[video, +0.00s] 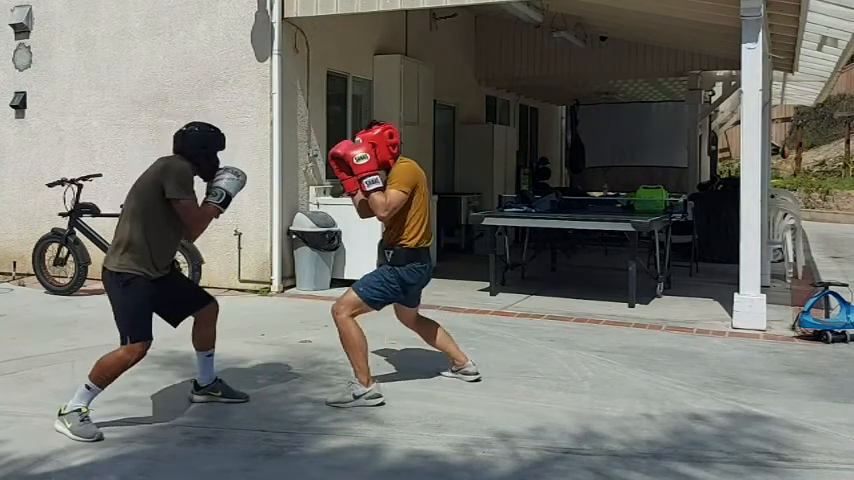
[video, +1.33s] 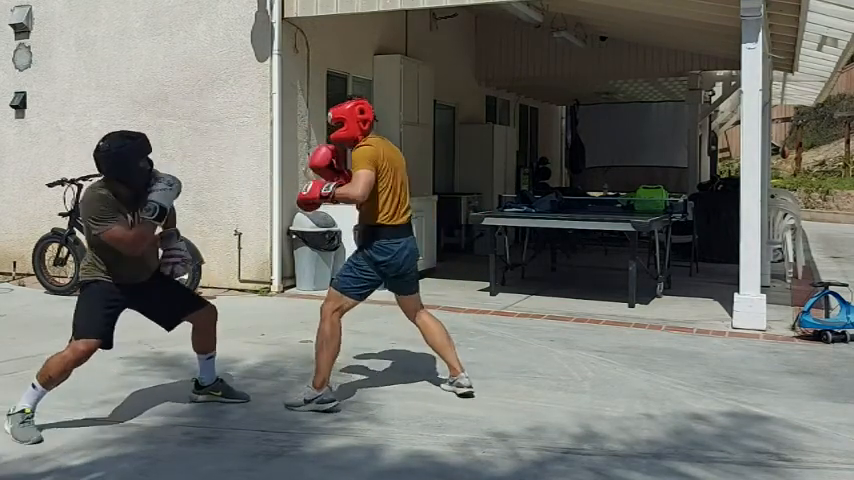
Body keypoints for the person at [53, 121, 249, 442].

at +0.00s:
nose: (218, 159)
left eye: (218, 152)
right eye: (215, 152)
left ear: (187, 148)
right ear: (200, 152)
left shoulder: (176, 174)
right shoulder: (174, 168)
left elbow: (188, 231)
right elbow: (195, 225)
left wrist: (215, 200)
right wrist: (219, 195)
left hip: (157, 270)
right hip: (127, 271)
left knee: (207, 309)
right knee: (136, 345)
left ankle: (206, 383)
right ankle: (73, 410)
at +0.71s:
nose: (210, 140)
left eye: (210, 133)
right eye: (207, 133)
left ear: (176, 132)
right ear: (193, 134)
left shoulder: (172, 163)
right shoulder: (163, 159)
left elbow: (179, 212)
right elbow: (186, 213)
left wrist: (208, 183)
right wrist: (209, 180)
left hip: (159, 262)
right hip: (130, 262)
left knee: (209, 307)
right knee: (132, 339)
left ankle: (206, 381)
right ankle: (73, 409)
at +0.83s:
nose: (219, 137)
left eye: (219, 131)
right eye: (216, 130)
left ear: (192, 132)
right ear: (202, 132)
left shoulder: (201, 157)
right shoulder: (173, 153)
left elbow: (244, 154)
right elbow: (200, 203)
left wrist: (292, 143)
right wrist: (224, 170)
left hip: (161, 256)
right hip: (127, 255)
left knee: (204, 308)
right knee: (121, 331)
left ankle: (207, 383)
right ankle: (70, 406)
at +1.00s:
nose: (218, 139)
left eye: (217, 133)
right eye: (213, 133)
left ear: (189, 135)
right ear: (199, 136)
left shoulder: (201, 163)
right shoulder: (168, 160)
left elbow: (231, 188)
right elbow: (194, 211)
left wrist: (257, 176)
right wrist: (221, 178)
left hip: (165, 257)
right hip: (129, 255)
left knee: (211, 308)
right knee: (107, 330)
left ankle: (208, 381)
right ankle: (44, 399)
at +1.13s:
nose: (193, 148)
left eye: (192, 142)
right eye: (188, 143)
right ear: (174, 148)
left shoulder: (183, 175)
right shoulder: (142, 177)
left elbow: (203, 215)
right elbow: (179, 224)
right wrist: (198, 187)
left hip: (163, 269)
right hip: (123, 270)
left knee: (215, 310)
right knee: (91, 343)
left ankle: (207, 381)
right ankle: (25, 406)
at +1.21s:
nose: (176, 157)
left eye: (175, 150)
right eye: (170, 152)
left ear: (154, 158)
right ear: (151, 158)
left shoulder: (170, 184)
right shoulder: (126, 187)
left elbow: (184, 228)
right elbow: (166, 232)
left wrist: (200, 248)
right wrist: (186, 193)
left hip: (158, 274)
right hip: (116, 276)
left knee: (213, 313)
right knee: (91, 346)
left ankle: (207, 382)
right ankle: (25, 409)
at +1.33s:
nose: (151, 165)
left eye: (149, 158)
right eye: (144, 161)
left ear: (131, 167)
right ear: (124, 171)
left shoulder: (147, 187)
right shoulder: (95, 200)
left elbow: (167, 226)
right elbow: (135, 245)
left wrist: (175, 246)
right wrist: (158, 205)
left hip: (145, 277)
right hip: (103, 281)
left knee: (205, 315)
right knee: (84, 347)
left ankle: (207, 382)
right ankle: (23, 410)